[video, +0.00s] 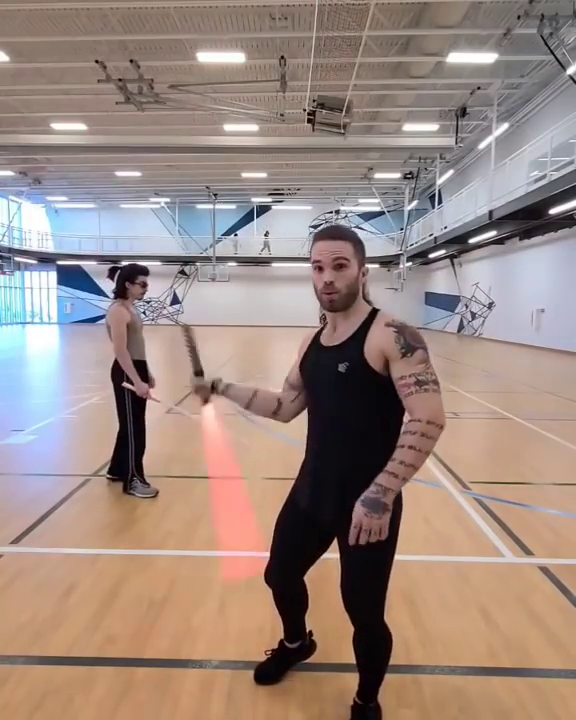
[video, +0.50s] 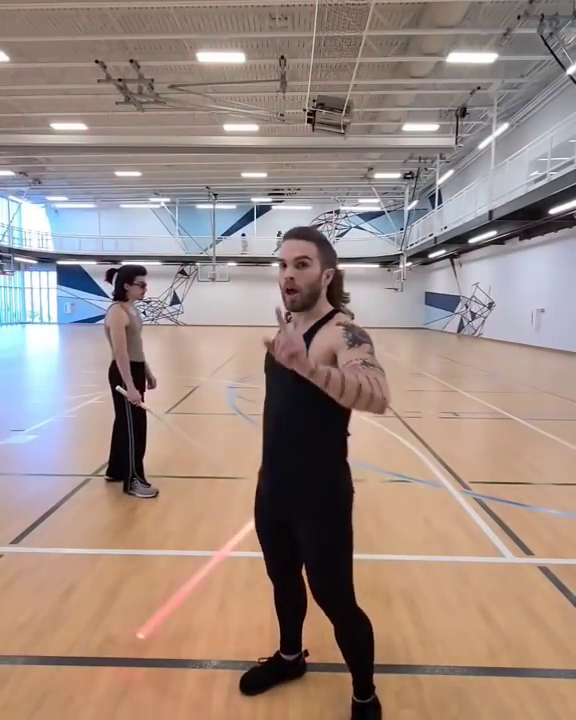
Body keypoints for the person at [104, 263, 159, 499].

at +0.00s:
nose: (145, 289)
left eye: (146, 285)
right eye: (141, 284)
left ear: (137, 287)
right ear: (127, 284)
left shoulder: (131, 310)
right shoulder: (118, 312)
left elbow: (136, 347)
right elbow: (120, 351)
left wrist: (147, 373)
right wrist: (136, 381)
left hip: (136, 369)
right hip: (125, 371)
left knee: (130, 425)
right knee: (134, 428)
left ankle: (117, 468)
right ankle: (133, 479)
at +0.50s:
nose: (144, 289)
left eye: (145, 285)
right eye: (140, 285)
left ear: (133, 287)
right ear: (126, 285)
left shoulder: (131, 309)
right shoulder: (117, 313)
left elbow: (135, 347)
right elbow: (120, 354)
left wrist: (147, 372)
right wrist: (130, 387)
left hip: (134, 370)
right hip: (125, 373)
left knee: (125, 424)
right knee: (136, 426)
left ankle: (116, 469)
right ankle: (133, 479)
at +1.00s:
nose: (138, 289)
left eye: (139, 285)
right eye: (134, 285)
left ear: (129, 287)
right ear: (120, 286)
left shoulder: (124, 310)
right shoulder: (113, 312)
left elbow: (130, 347)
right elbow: (118, 350)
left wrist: (139, 378)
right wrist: (131, 381)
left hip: (132, 368)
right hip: (123, 371)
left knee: (123, 422)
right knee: (135, 425)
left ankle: (115, 468)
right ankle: (135, 479)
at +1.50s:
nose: (137, 288)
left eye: (138, 284)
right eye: (133, 284)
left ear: (130, 287)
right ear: (119, 286)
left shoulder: (125, 310)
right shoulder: (113, 312)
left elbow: (133, 346)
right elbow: (119, 350)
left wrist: (147, 372)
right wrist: (133, 381)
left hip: (132, 369)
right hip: (123, 371)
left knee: (122, 421)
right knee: (136, 424)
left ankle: (114, 468)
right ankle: (136, 480)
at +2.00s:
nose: (137, 288)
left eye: (138, 284)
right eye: (133, 284)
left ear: (132, 287)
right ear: (119, 286)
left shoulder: (125, 310)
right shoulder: (114, 312)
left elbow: (132, 346)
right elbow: (119, 351)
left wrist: (141, 375)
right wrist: (132, 382)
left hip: (132, 369)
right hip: (123, 372)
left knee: (122, 422)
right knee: (136, 425)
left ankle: (114, 468)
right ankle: (136, 479)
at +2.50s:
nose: (137, 289)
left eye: (138, 285)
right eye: (133, 285)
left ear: (133, 287)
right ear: (119, 286)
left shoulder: (126, 310)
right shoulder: (114, 313)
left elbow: (133, 347)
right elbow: (119, 351)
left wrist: (144, 373)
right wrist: (132, 381)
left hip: (131, 369)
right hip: (123, 372)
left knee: (122, 421)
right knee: (136, 424)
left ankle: (114, 468)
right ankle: (135, 479)